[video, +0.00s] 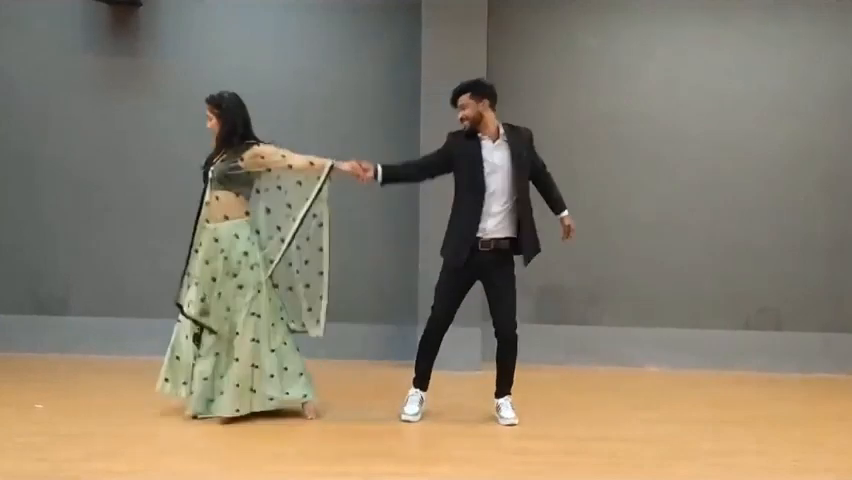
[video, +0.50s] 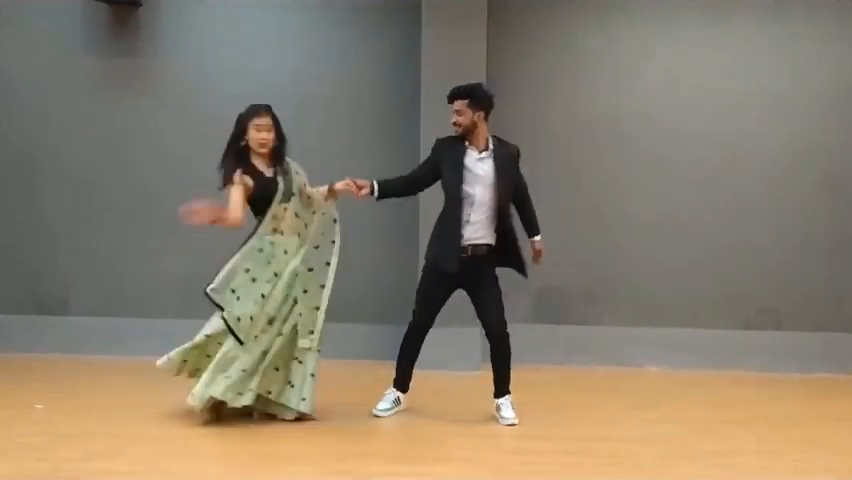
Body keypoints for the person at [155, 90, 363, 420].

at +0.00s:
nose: (208, 123)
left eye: (212, 117)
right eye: (208, 117)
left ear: (228, 119)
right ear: (225, 119)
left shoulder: (250, 154)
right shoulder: (220, 155)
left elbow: (292, 161)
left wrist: (338, 166)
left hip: (236, 239)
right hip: (212, 240)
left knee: (249, 315)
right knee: (209, 316)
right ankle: (205, 395)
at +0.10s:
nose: (205, 125)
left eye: (209, 119)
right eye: (205, 119)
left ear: (226, 120)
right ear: (221, 120)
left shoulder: (249, 153)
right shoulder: (217, 156)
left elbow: (291, 156)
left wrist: (338, 157)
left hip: (239, 242)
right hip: (212, 243)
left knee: (257, 316)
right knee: (207, 317)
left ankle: (302, 392)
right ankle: (203, 395)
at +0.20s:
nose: (206, 127)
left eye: (211, 121)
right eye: (206, 120)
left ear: (229, 122)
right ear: (216, 123)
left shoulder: (252, 153)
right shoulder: (215, 159)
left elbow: (296, 155)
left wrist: (341, 148)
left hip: (246, 248)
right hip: (214, 248)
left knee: (261, 320)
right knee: (209, 323)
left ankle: (299, 395)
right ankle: (208, 396)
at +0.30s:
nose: (213, 127)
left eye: (219, 121)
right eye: (212, 121)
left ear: (238, 124)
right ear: (216, 124)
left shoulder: (262, 155)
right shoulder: (215, 163)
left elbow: (305, 163)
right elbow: (205, 214)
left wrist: (342, 150)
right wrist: (189, 245)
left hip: (257, 252)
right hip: (219, 253)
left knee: (260, 321)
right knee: (217, 322)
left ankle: (266, 395)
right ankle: (212, 394)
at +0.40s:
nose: (231, 132)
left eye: (239, 126)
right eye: (228, 126)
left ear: (255, 130)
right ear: (223, 129)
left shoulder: (275, 161)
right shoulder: (224, 170)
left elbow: (310, 181)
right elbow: (206, 220)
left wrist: (337, 168)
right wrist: (169, 243)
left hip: (277, 250)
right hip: (241, 250)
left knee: (274, 321)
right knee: (230, 316)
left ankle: (275, 396)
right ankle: (213, 392)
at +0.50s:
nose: (265, 136)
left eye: (270, 130)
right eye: (258, 130)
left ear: (277, 134)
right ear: (244, 136)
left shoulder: (290, 169)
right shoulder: (242, 176)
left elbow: (309, 197)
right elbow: (237, 217)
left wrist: (335, 188)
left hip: (298, 251)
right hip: (267, 254)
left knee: (292, 323)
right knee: (252, 322)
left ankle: (276, 398)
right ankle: (218, 394)